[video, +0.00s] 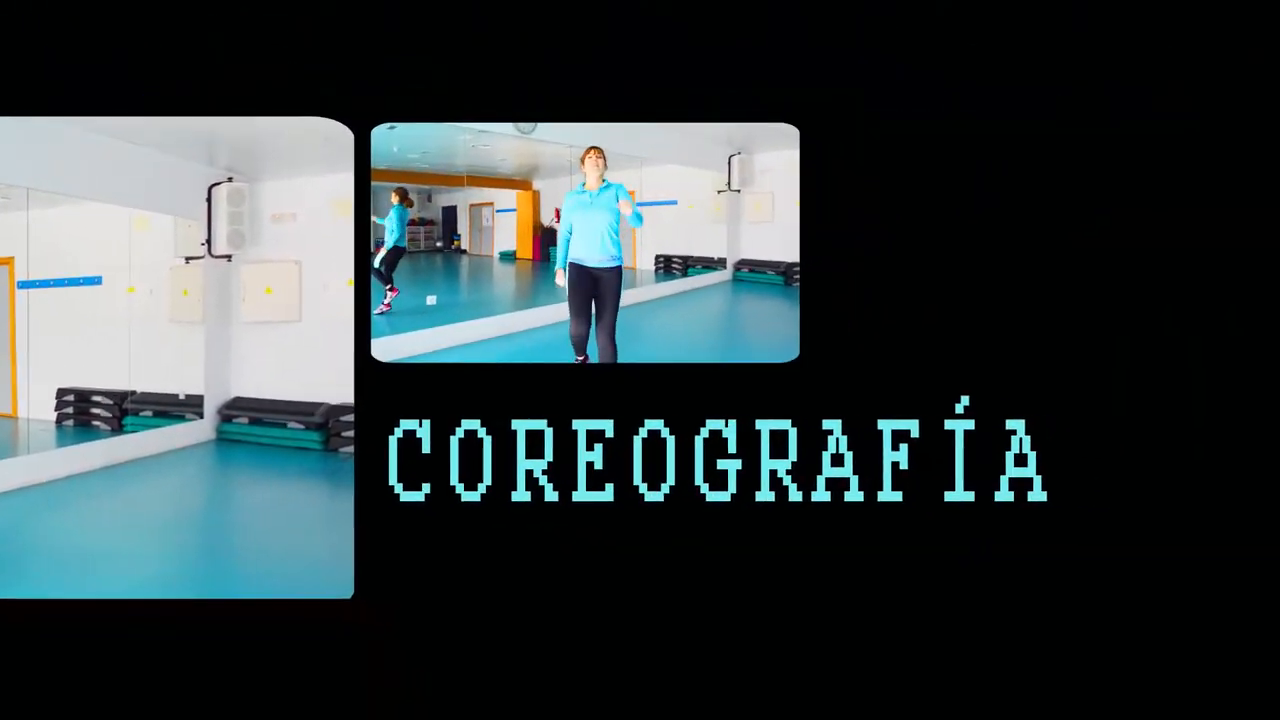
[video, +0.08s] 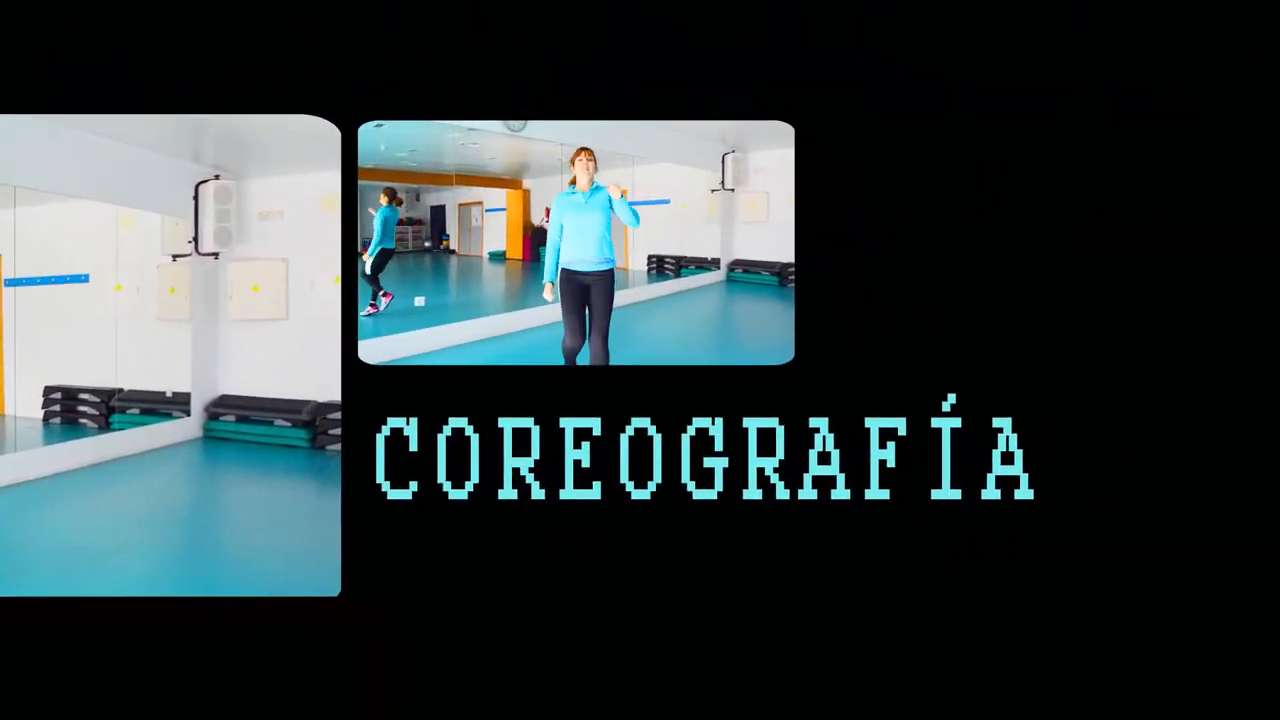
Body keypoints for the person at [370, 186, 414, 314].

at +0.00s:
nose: (391, 197)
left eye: (393, 195)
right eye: (392, 194)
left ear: (397, 197)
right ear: (402, 198)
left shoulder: (396, 211)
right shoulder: (401, 210)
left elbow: (397, 232)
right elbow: (389, 222)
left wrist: (386, 246)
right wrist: (376, 220)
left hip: (394, 245)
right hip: (399, 245)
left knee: (374, 267)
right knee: (388, 271)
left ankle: (390, 289)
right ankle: (386, 302)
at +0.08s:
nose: (380, 197)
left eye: (382, 195)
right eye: (381, 195)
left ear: (385, 197)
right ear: (392, 198)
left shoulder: (381, 213)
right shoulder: (395, 211)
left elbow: (378, 236)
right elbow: (388, 222)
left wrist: (368, 253)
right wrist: (376, 215)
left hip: (382, 247)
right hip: (390, 246)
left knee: (366, 273)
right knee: (375, 274)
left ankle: (384, 294)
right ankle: (372, 304)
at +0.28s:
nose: (379, 202)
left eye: (380, 200)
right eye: (379, 200)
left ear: (383, 200)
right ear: (392, 201)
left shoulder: (378, 215)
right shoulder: (398, 214)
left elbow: (363, 231)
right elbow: (409, 228)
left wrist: (350, 236)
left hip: (380, 251)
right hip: (392, 251)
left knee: (381, 281)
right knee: (376, 279)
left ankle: (396, 309)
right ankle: (367, 306)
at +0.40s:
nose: (385, 197)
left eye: (386, 195)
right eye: (385, 195)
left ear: (389, 195)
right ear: (398, 196)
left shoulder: (385, 208)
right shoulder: (404, 209)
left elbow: (365, 221)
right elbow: (415, 225)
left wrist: (351, 217)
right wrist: (402, 230)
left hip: (389, 245)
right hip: (400, 244)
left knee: (389, 277)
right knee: (388, 275)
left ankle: (395, 309)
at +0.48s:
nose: (389, 196)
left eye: (389, 194)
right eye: (389, 194)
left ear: (393, 194)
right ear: (401, 195)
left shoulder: (389, 207)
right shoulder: (408, 209)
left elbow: (368, 216)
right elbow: (417, 227)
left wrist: (358, 204)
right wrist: (408, 238)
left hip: (393, 244)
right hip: (404, 244)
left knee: (391, 274)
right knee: (394, 272)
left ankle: (394, 309)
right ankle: (408, 298)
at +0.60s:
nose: (393, 199)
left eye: (394, 196)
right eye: (393, 196)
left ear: (398, 196)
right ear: (405, 197)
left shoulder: (397, 209)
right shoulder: (411, 212)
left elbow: (379, 215)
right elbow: (417, 232)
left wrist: (376, 202)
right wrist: (412, 242)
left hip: (400, 247)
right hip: (411, 247)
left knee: (390, 276)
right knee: (408, 277)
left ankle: (390, 308)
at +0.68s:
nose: (396, 201)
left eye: (397, 198)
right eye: (396, 199)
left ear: (401, 198)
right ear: (407, 199)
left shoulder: (404, 210)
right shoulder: (412, 211)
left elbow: (388, 218)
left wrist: (387, 207)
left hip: (407, 248)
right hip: (416, 248)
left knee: (393, 276)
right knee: (418, 277)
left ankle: (387, 307)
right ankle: (439, 301)